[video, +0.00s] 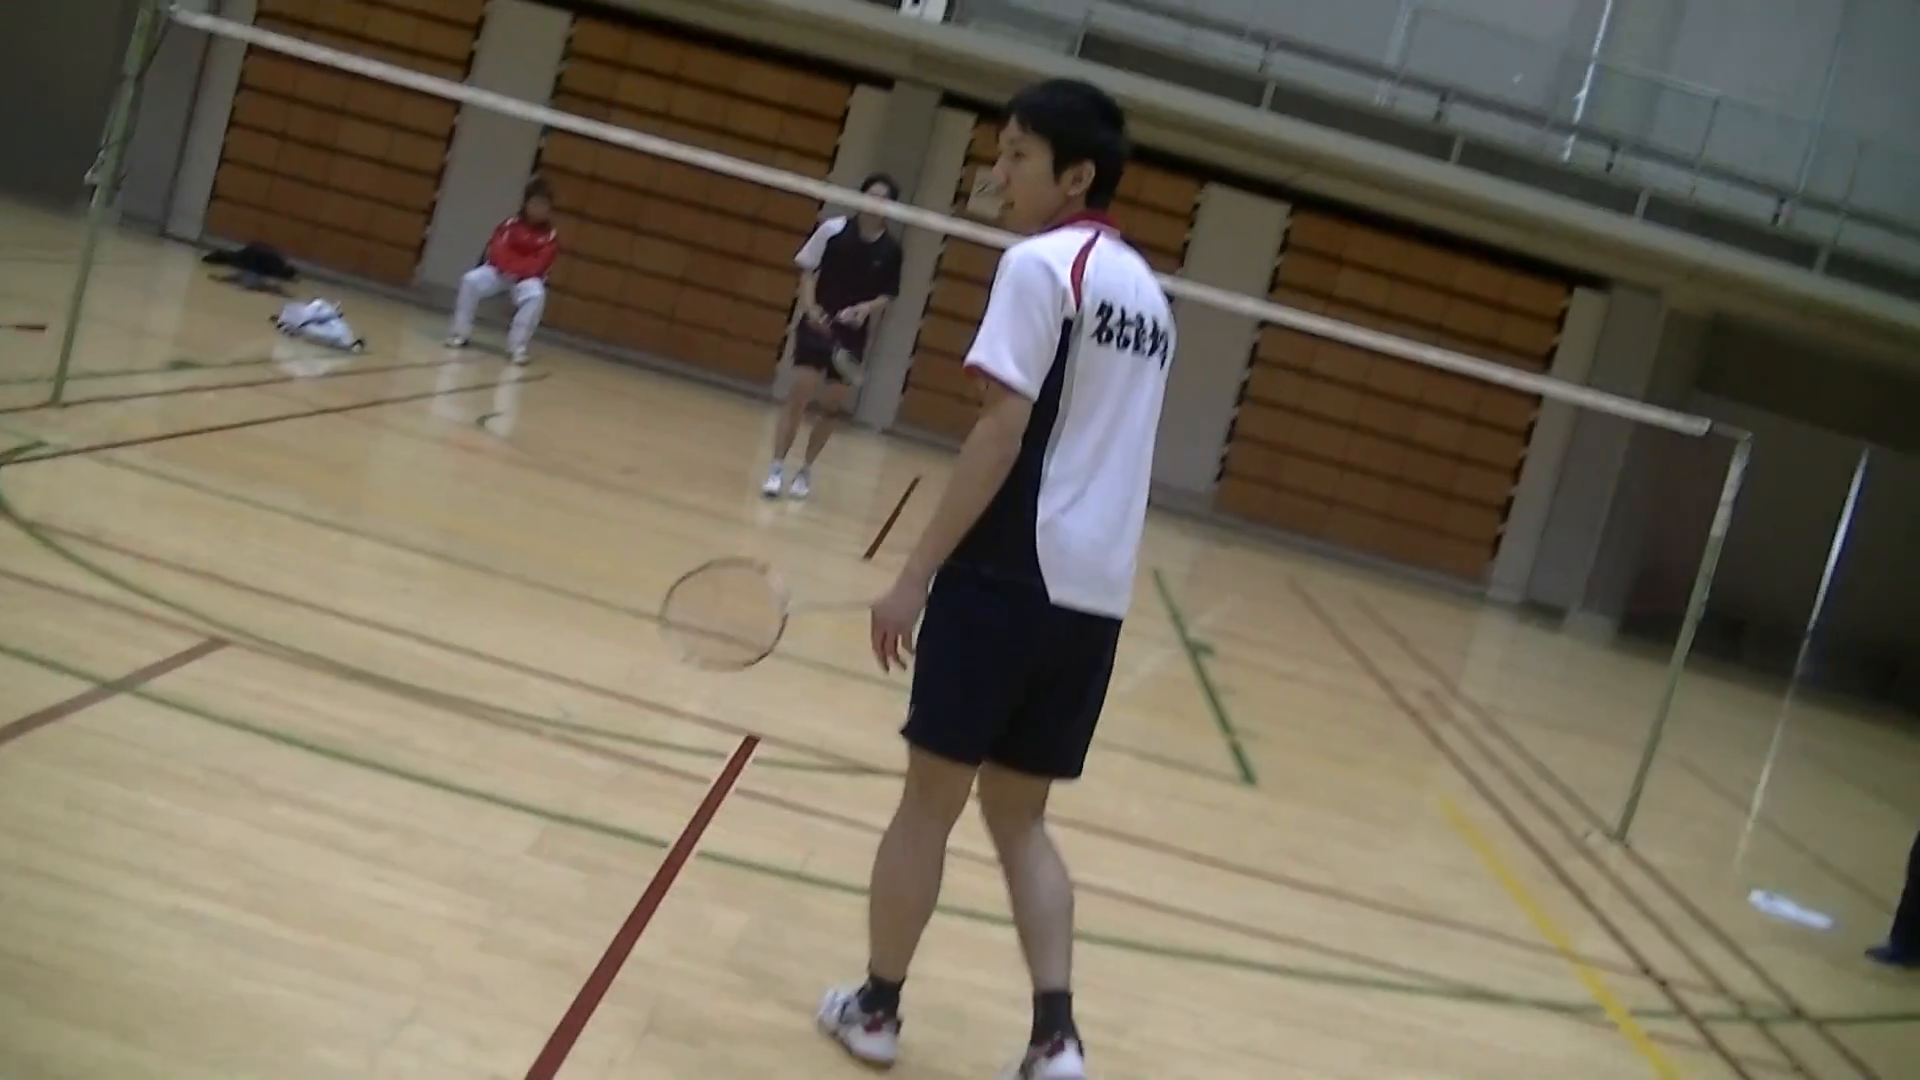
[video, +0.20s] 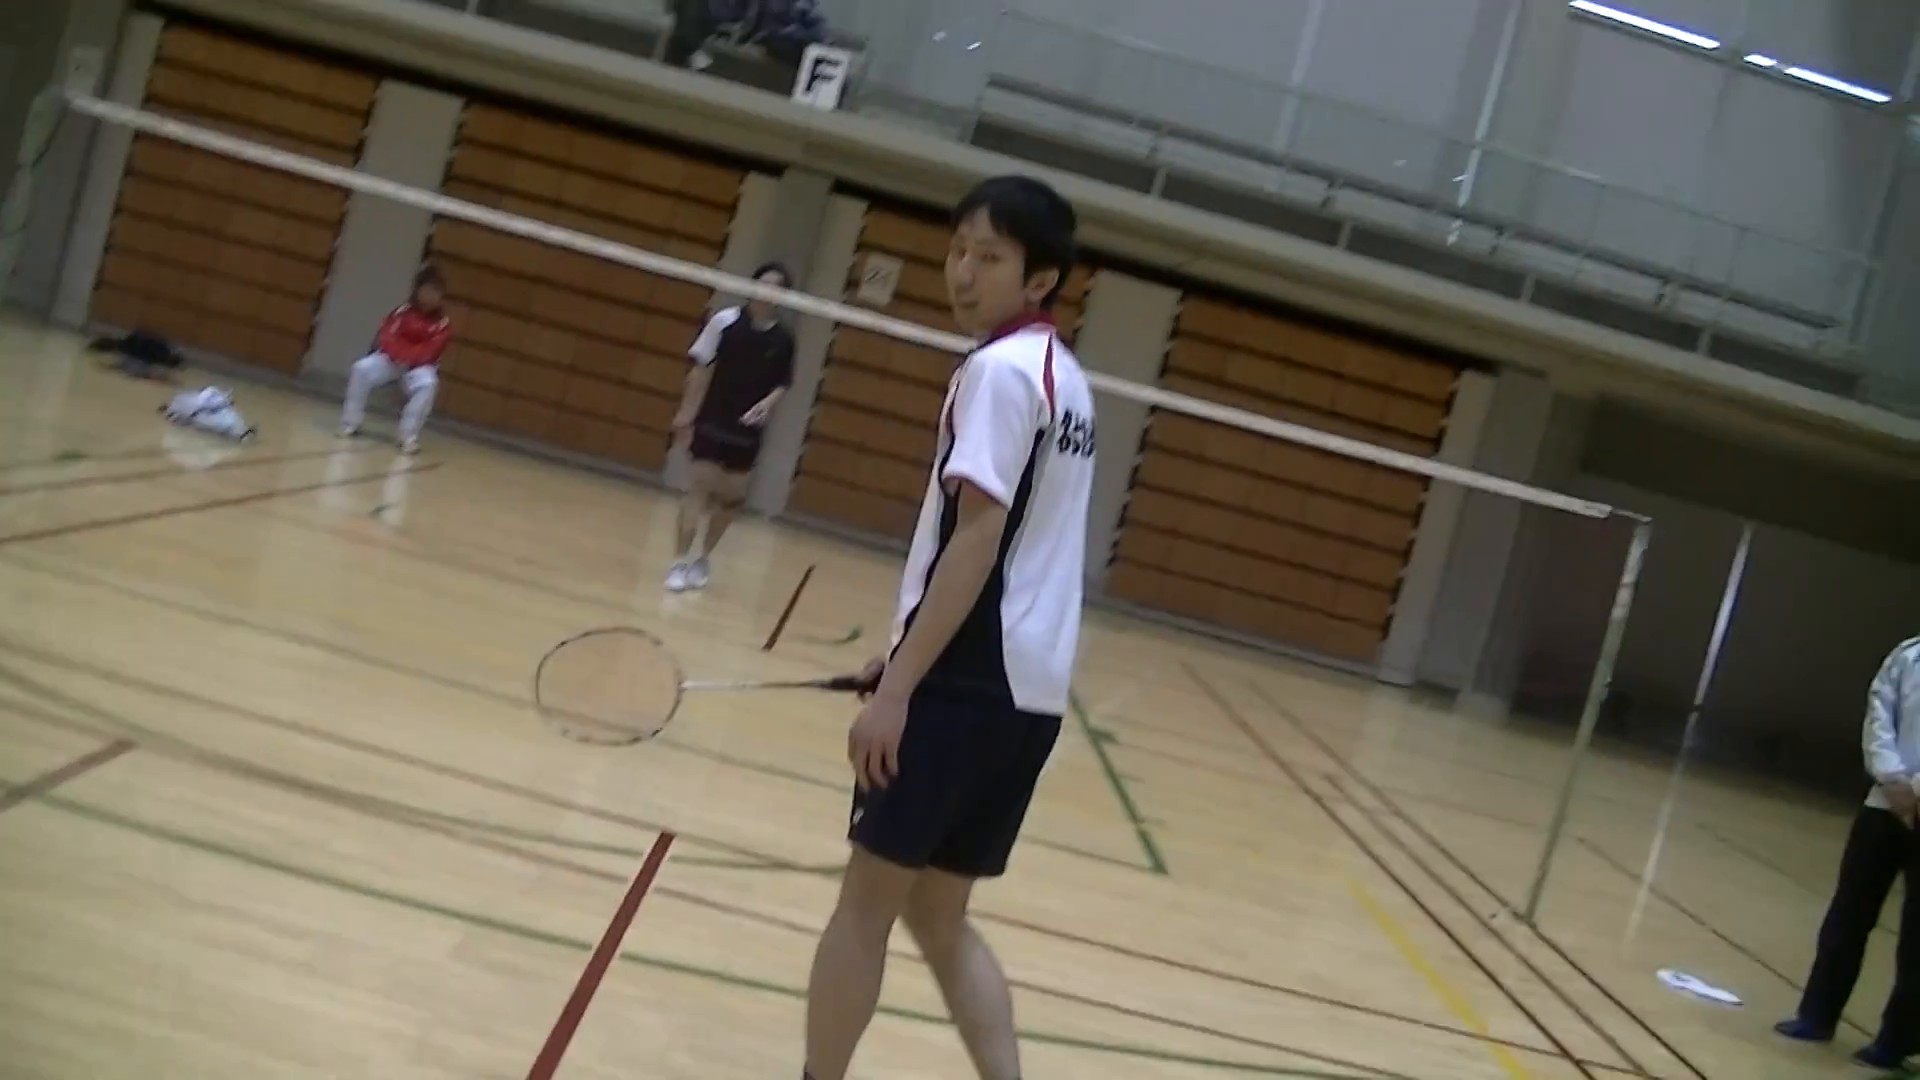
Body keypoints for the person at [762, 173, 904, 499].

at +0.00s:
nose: (875, 203)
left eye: (883, 198)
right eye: (872, 195)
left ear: (890, 207)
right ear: (861, 197)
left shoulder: (891, 250)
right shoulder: (832, 230)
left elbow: (888, 295)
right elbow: (808, 271)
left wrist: (865, 309)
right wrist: (809, 307)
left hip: (854, 330)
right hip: (818, 319)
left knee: (832, 406)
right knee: (801, 392)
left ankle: (806, 470)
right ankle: (777, 466)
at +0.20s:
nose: (768, 292)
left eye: (776, 287)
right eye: (765, 283)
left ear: (784, 296)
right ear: (753, 286)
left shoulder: (784, 339)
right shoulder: (725, 322)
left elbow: (783, 382)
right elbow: (700, 368)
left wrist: (767, 404)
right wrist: (686, 413)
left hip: (748, 429)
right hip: (712, 419)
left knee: (729, 502)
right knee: (697, 491)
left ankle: (702, 560)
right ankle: (680, 562)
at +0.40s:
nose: (684, 361)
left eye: (691, 356)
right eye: (679, 354)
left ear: (701, 364)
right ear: (668, 360)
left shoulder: (710, 408)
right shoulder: (648, 400)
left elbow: (714, 452)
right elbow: (626, 449)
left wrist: (702, 475)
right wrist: (610, 495)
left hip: (686, 504)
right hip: (648, 499)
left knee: (676, 574)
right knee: (640, 568)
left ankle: (656, 639)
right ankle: (630, 644)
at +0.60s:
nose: (643, 403)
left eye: (648, 396)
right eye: (636, 396)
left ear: (657, 402)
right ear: (625, 403)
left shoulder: (673, 442)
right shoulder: (611, 446)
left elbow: (685, 484)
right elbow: (598, 501)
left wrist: (672, 505)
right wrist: (595, 548)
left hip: (663, 540)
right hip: (626, 540)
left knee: (662, 612)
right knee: (625, 611)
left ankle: (646, 677)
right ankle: (621, 688)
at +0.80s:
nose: (588, 439)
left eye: (592, 431)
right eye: (581, 433)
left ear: (602, 433)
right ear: (572, 438)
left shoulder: (622, 471)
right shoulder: (561, 481)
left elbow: (636, 514)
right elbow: (554, 537)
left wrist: (617, 530)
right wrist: (562, 585)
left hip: (622, 573)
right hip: (585, 577)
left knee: (632, 642)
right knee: (587, 649)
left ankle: (586, 679)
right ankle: (583, 722)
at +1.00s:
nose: (549, 434)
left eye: (552, 427)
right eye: (540, 429)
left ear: (558, 428)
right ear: (528, 433)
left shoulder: (581, 462)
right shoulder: (518, 474)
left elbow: (596, 505)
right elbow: (514, 528)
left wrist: (577, 526)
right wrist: (528, 572)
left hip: (583, 558)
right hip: (545, 565)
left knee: (606, 627)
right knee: (547, 638)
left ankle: (575, 658)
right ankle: (546, 713)